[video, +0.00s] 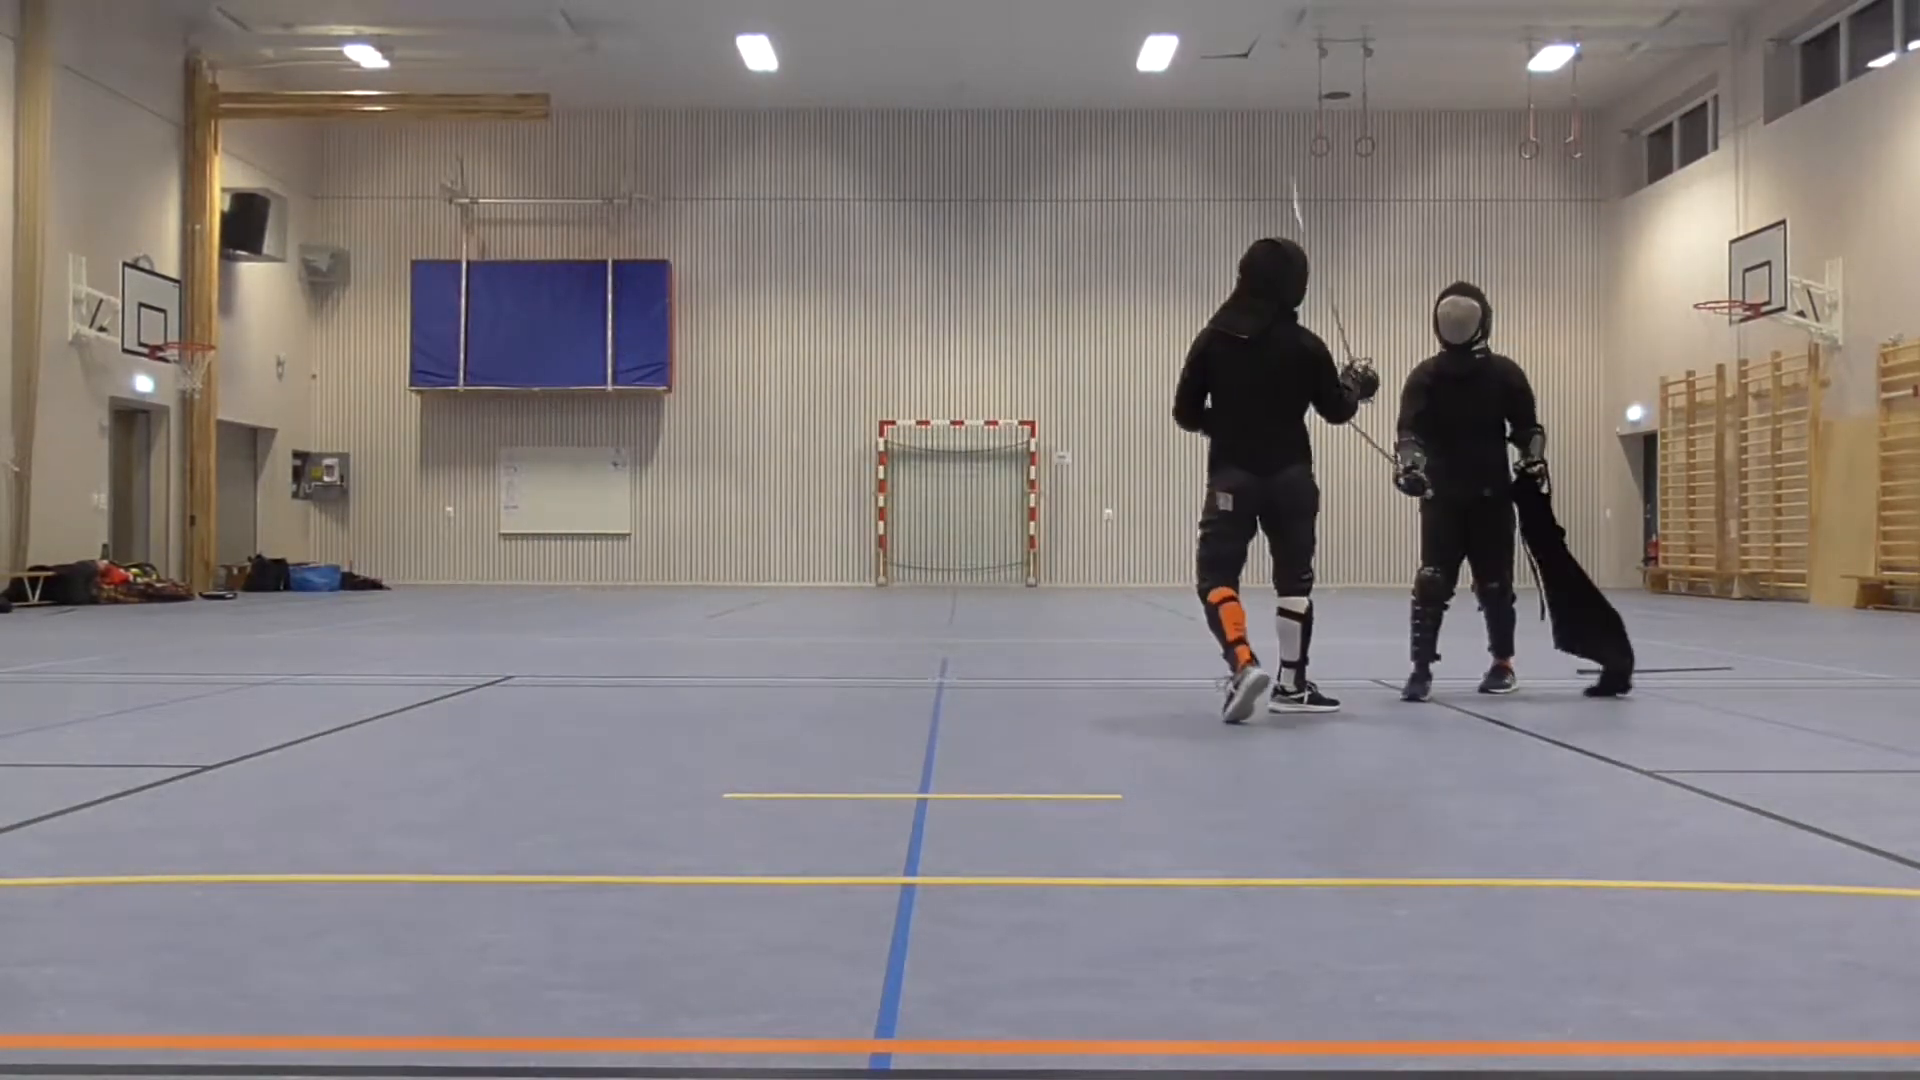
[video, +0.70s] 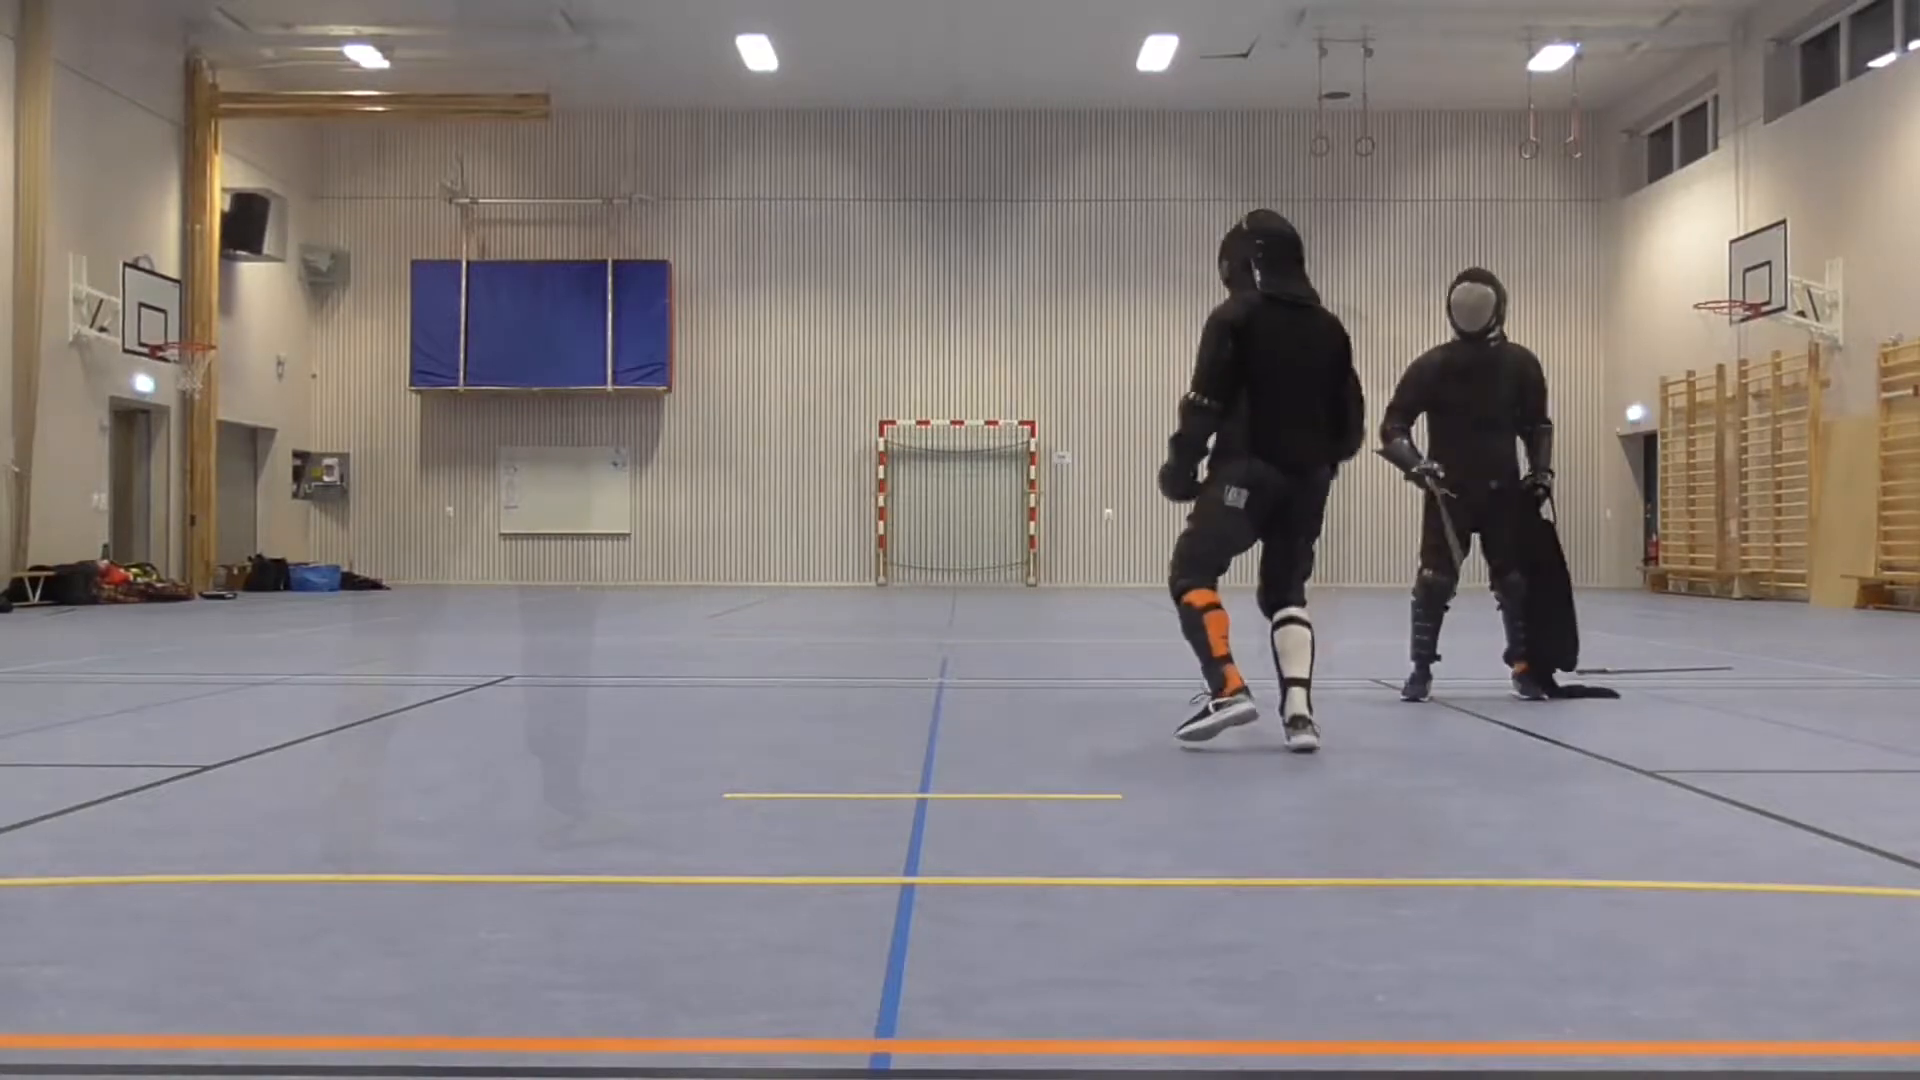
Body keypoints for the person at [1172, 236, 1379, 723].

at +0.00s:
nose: (1304, 290)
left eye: (1302, 282)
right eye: (1301, 283)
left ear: (1246, 280)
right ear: (1294, 288)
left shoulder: (1215, 339)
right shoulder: (1304, 346)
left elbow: (1186, 414)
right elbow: (1335, 411)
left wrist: (1230, 421)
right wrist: (1356, 389)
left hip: (1231, 482)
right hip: (1292, 482)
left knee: (1217, 577)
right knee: (1295, 577)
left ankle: (1244, 667)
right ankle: (1292, 684)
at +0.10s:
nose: (1299, 292)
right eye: (1298, 284)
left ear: (1243, 279)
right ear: (1293, 286)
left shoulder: (1215, 340)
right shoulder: (1306, 343)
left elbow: (1179, 418)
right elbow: (1326, 401)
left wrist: (1206, 464)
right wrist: (1326, 366)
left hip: (1234, 484)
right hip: (1295, 485)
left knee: (1224, 584)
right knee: (1297, 581)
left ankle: (1258, 686)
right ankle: (1300, 683)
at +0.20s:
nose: (1304, 287)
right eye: (1302, 279)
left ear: (1245, 276)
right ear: (1295, 283)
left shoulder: (1217, 337)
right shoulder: (1309, 344)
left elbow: (1179, 404)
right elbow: (1307, 399)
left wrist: (1167, 457)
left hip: (1232, 480)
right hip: (1295, 479)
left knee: (1225, 588)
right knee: (1308, 577)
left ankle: (1261, 696)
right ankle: (1320, 684)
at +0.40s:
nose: (1244, 248)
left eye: (1246, 239)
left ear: (1245, 244)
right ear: (1297, 252)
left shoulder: (1217, 306)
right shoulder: (1311, 319)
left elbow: (1177, 366)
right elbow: (1317, 390)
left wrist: (1162, 423)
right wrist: (1284, 421)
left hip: (1233, 460)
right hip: (1298, 460)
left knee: (1230, 570)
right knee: (1306, 555)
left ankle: (1256, 691)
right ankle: (1311, 649)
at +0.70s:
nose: (1226, 277)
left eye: (1229, 266)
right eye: (1225, 267)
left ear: (1248, 263)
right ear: (1290, 263)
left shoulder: (1234, 319)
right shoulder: (1328, 328)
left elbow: (1206, 402)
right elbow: (1351, 421)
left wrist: (1181, 462)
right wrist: (1323, 457)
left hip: (1245, 474)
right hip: (1309, 483)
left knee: (1192, 574)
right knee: (1285, 588)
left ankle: (1226, 689)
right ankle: (1298, 706)